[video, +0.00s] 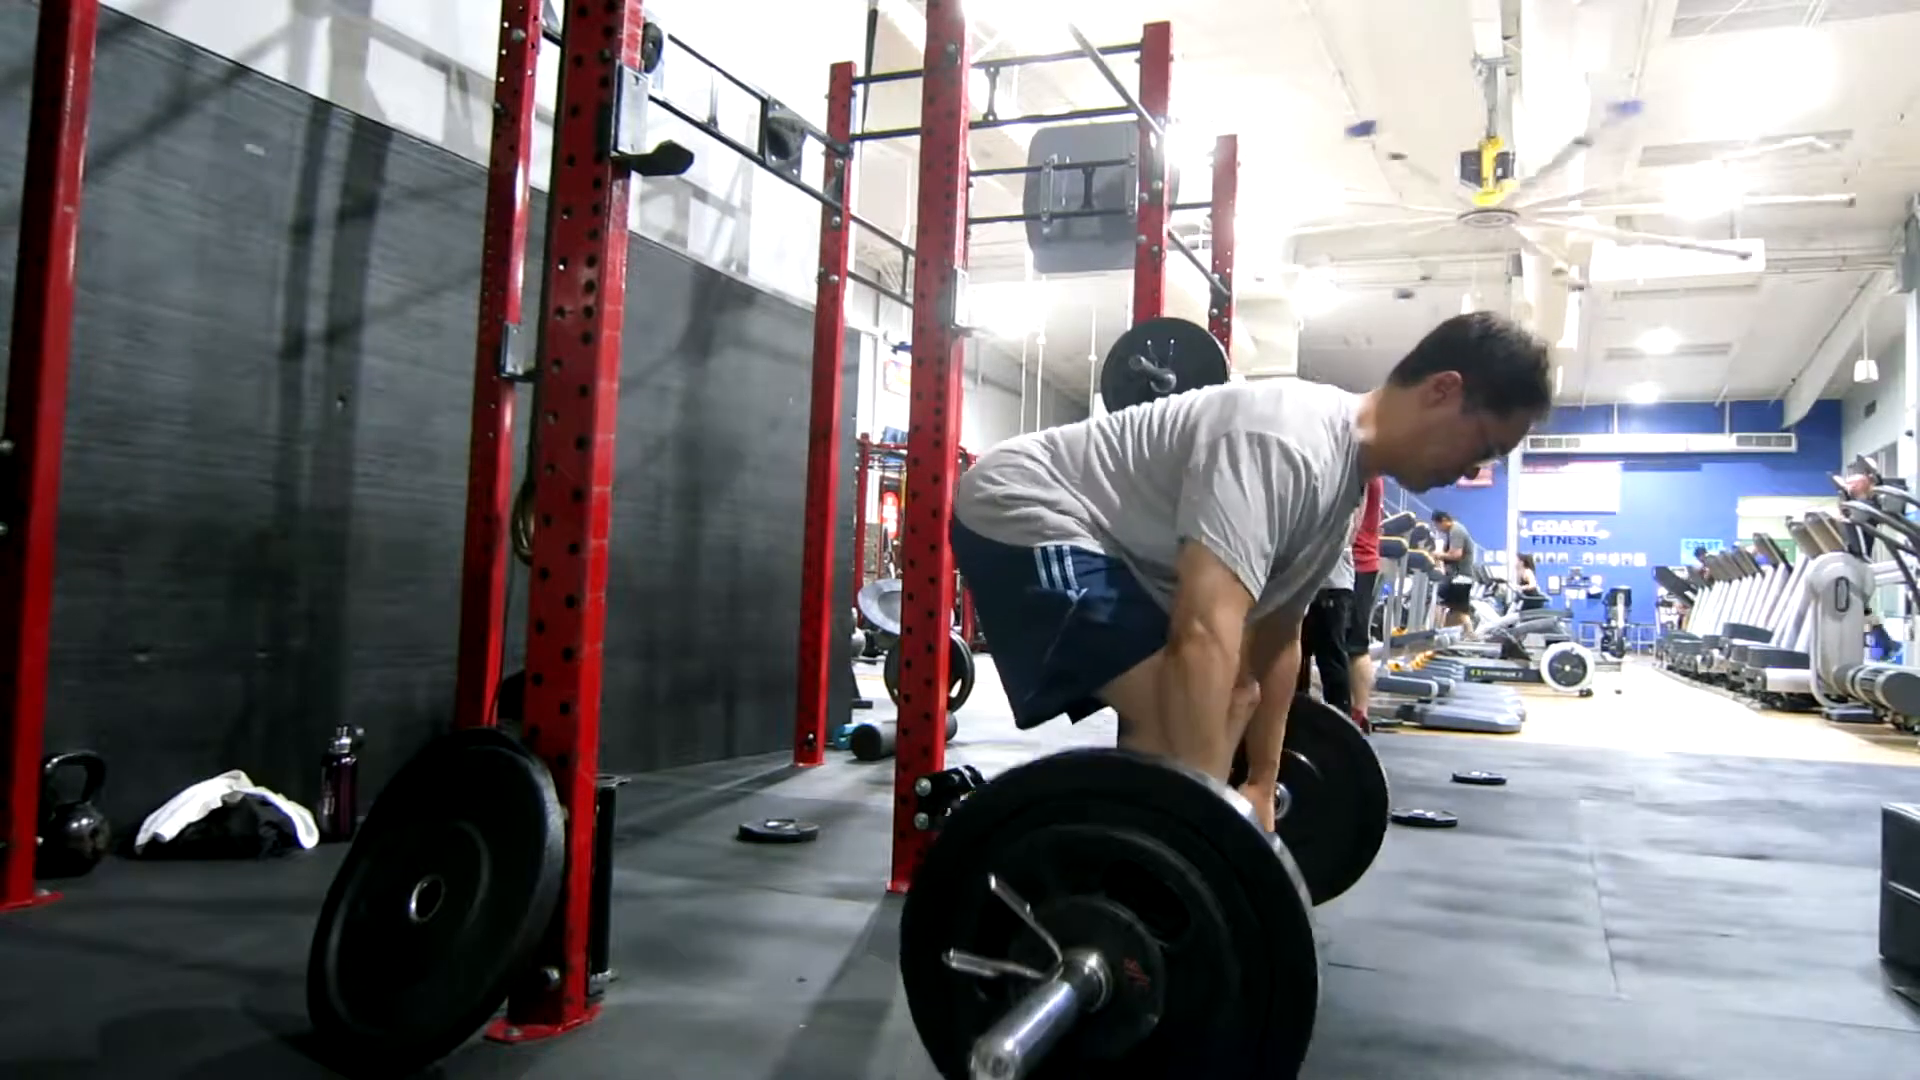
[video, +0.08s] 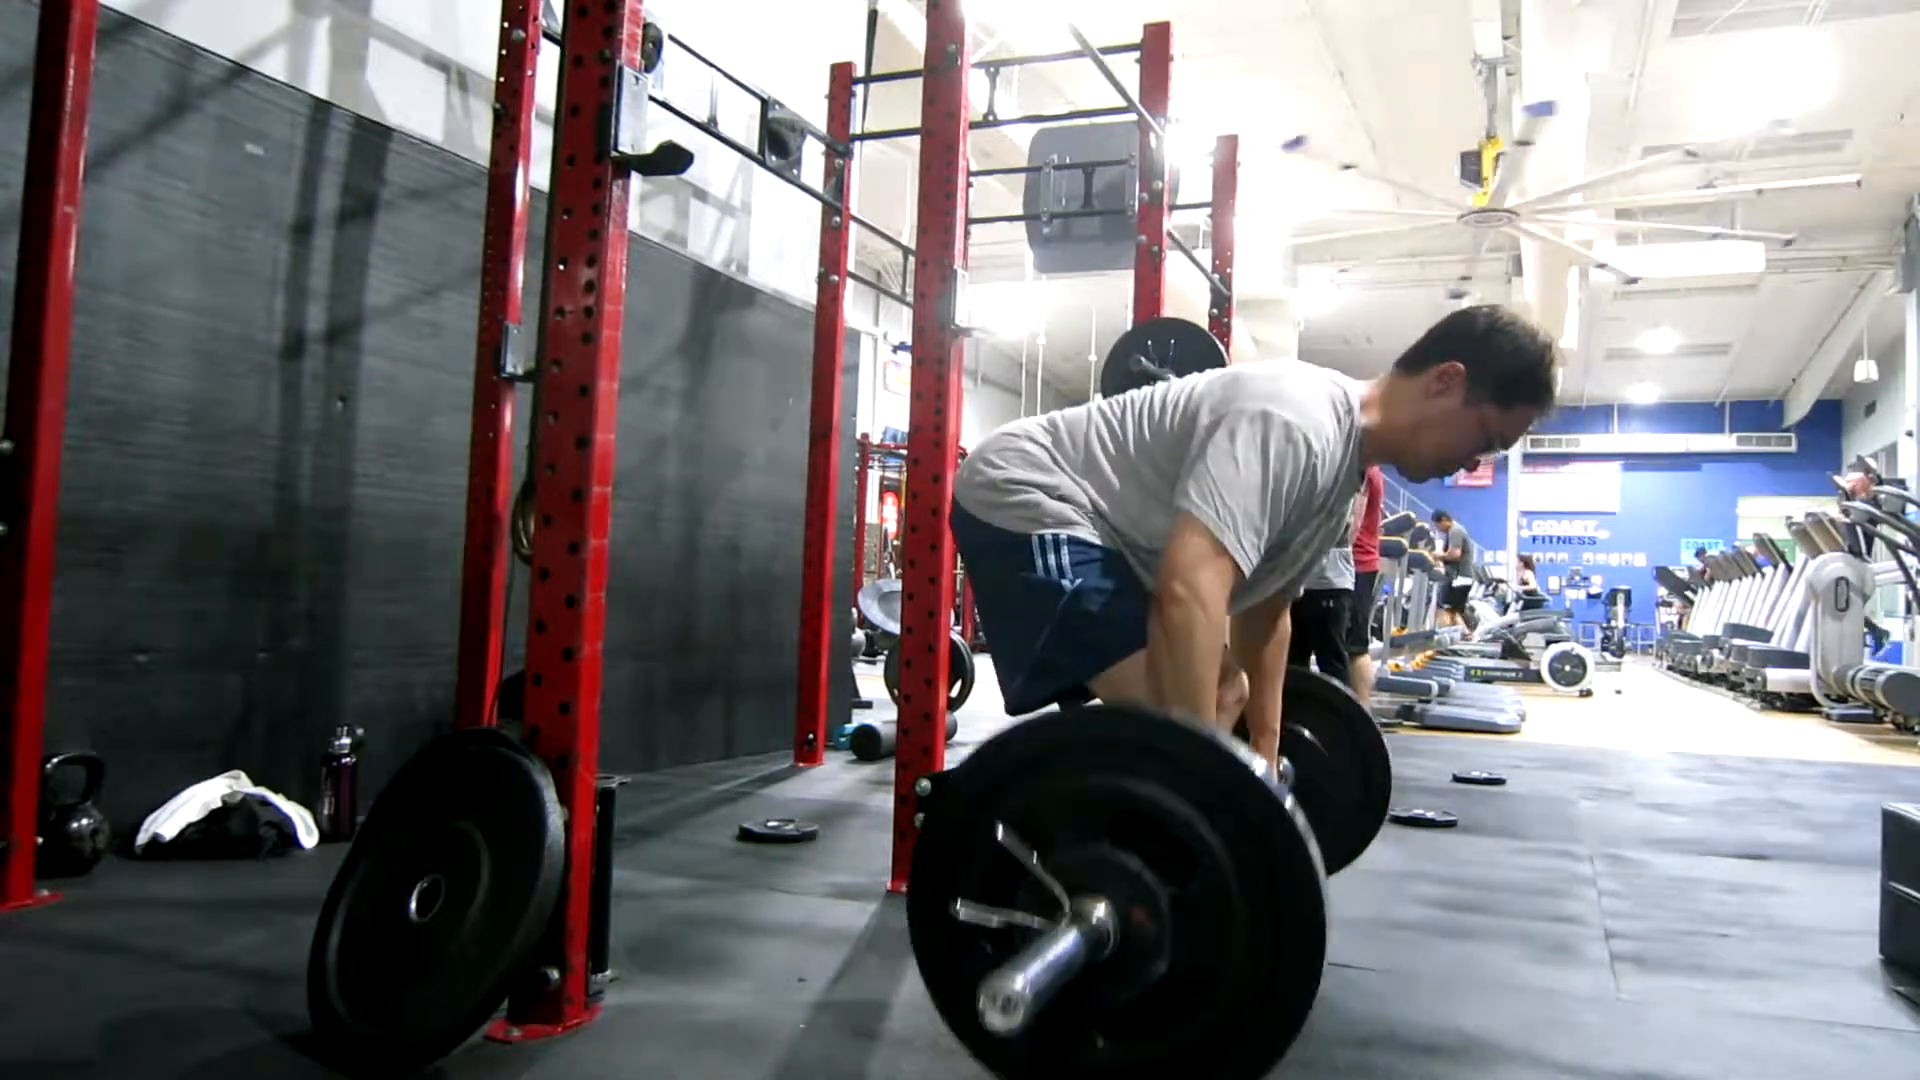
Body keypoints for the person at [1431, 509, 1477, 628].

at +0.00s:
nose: (1438, 528)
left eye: (1438, 524)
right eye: (1437, 525)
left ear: (1444, 520)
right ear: (1444, 520)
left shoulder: (1456, 530)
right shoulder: (1452, 531)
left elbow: (1457, 554)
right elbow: (1448, 551)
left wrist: (1439, 555)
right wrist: (1439, 555)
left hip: (1462, 576)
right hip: (1455, 575)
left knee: (1460, 611)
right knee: (1454, 611)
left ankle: (1470, 637)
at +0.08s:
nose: (1438, 527)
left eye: (1438, 524)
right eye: (1436, 524)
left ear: (1444, 520)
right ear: (1444, 520)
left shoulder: (1456, 531)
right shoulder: (1453, 531)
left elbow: (1455, 554)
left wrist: (1439, 555)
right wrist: (1439, 555)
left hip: (1459, 576)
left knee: (1446, 609)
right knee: (1457, 610)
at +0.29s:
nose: (1438, 529)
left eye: (1438, 526)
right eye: (1437, 526)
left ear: (1443, 522)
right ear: (1443, 522)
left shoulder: (1454, 532)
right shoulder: (1450, 533)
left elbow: (1453, 555)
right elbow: (1446, 553)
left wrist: (1439, 559)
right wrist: (1439, 558)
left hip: (1461, 577)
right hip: (1453, 576)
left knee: (1457, 612)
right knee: (1449, 610)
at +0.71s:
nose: (1437, 531)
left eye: (1438, 527)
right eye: (1435, 528)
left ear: (1444, 522)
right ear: (1442, 524)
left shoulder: (1459, 533)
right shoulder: (1449, 536)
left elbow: (1469, 551)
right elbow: (1450, 556)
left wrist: (1458, 565)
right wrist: (1436, 559)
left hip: (1462, 579)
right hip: (1451, 577)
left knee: (1463, 613)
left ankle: (1475, 640)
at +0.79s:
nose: (1435, 529)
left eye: (1436, 525)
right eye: (1434, 527)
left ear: (1442, 521)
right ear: (1440, 522)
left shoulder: (1457, 531)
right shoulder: (1447, 534)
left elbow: (1468, 550)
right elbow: (1449, 553)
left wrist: (1458, 567)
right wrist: (1438, 557)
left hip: (1461, 578)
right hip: (1451, 577)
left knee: (1459, 612)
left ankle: (1473, 636)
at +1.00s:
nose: (1436, 533)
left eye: (1436, 528)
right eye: (1434, 530)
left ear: (1441, 523)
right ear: (1441, 524)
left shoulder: (1453, 535)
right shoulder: (1451, 536)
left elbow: (1459, 553)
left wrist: (1448, 568)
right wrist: (1440, 559)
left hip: (1459, 579)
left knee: (1454, 615)